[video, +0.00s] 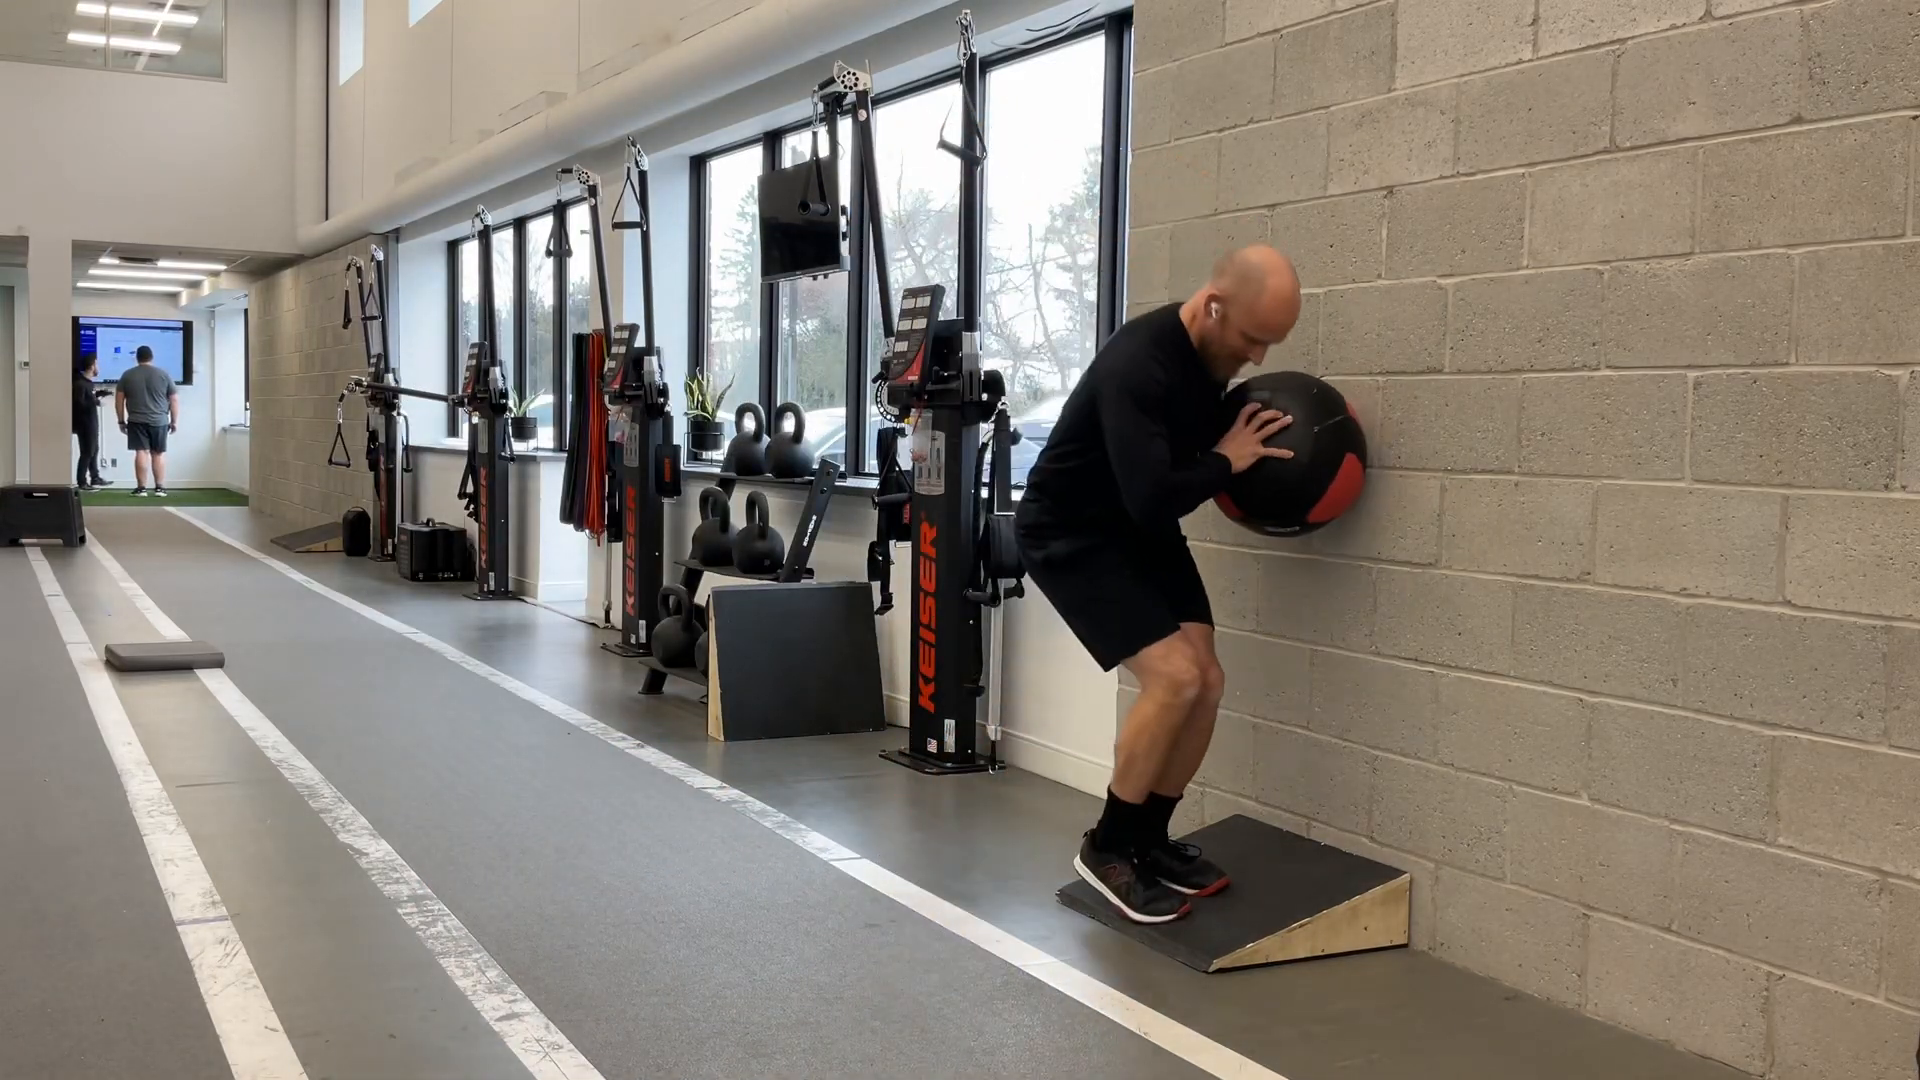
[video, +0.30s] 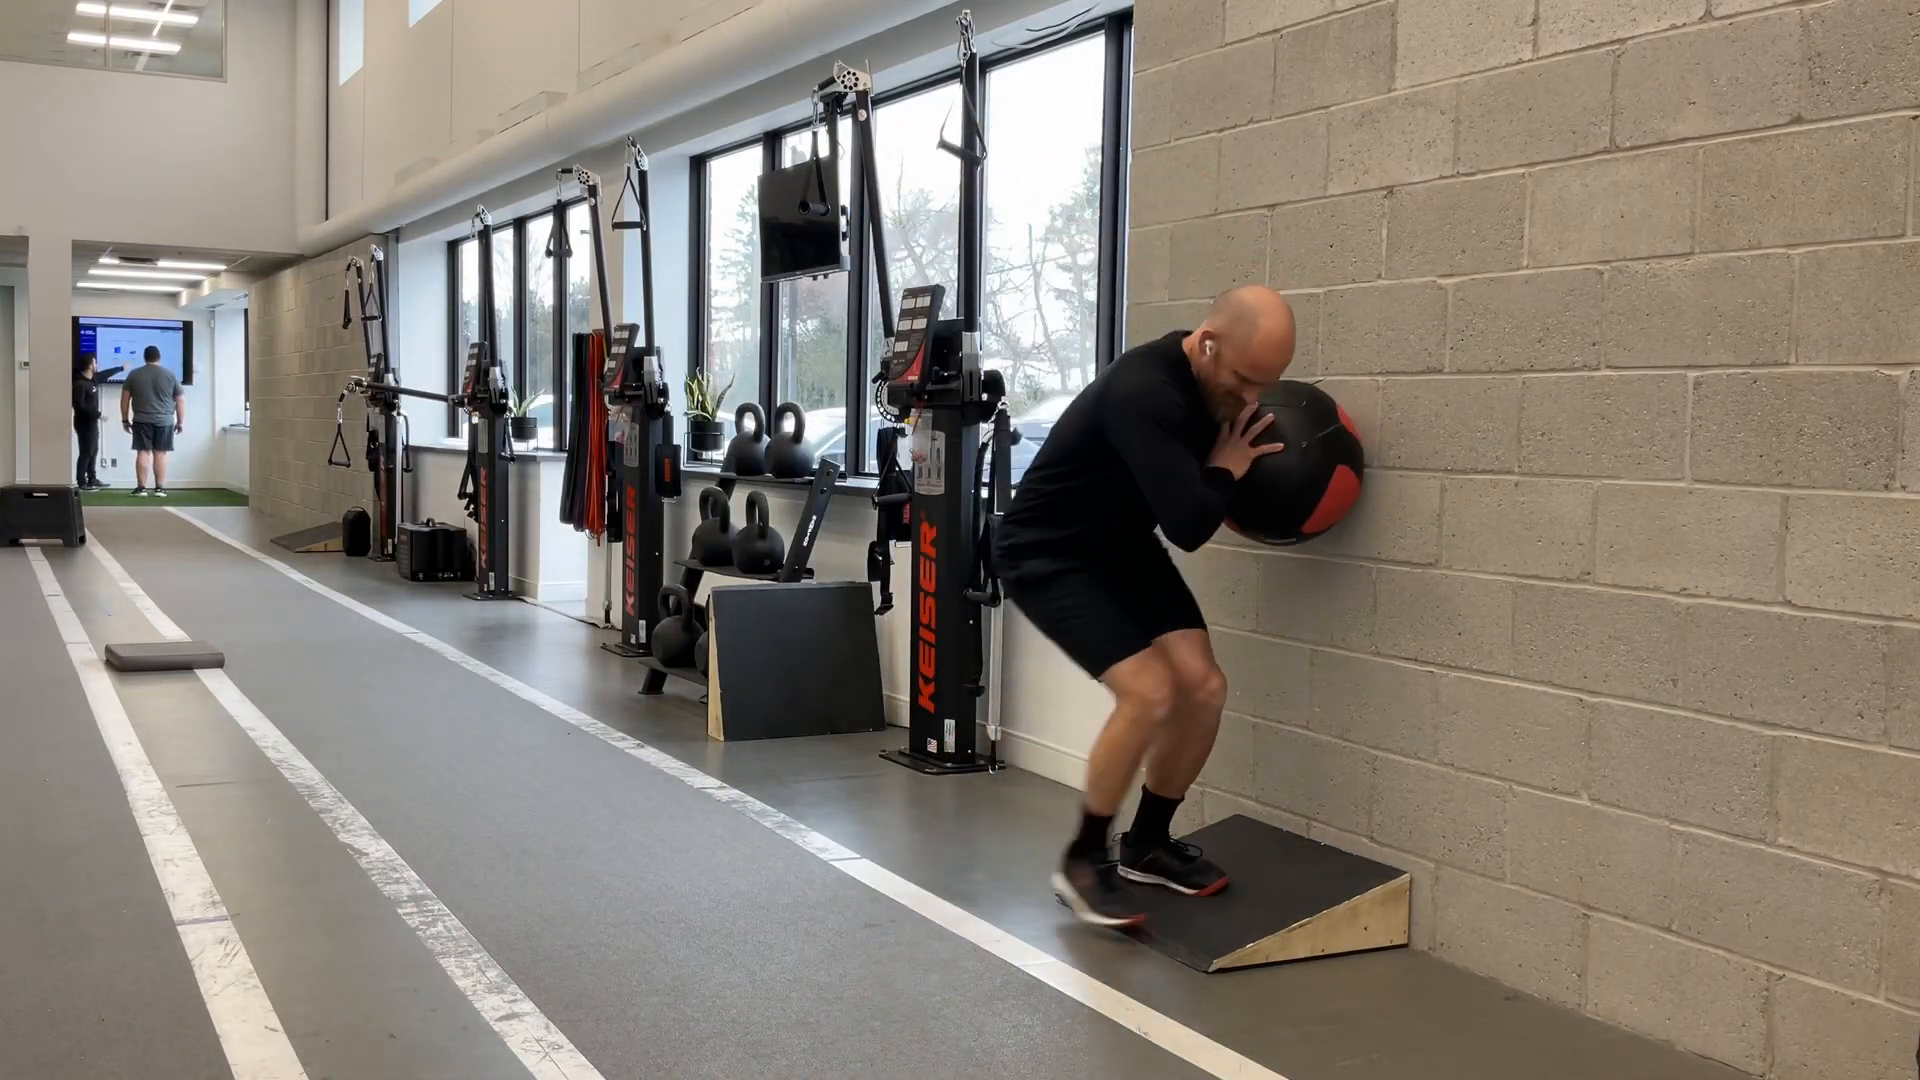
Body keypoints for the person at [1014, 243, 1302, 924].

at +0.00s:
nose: (1257, 357)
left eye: (1269, 345)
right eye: (1251, 340)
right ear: (1210, 305)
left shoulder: (1208, 359)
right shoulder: (1139, 361)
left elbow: (1188, 447)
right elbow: (1149, 497)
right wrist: (1223, 460)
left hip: (1141, 524)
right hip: (1071, 527)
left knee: (1207, 680)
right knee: (1178, 676)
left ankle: (1149, 837)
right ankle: (1108, 845)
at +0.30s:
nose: (1249, 398)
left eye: (1262, 387)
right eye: (1242, 381)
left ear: (1279, 364)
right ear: (1204, 345)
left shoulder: (1211, 390)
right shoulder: (1144, 389)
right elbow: (1188, 526)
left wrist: (1271, 462)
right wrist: (1225, 469)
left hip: (1121, 541)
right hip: (1045, 543)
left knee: (1203, 686)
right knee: (1151, 690)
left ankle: (1148, 844)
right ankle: (1085, 858)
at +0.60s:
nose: (1062, 293)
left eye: (1074, 278)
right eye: (1047, 275)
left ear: (1084, 272)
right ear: (1013, 261)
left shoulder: (1052, 344)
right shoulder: (990, 337)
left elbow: (1102, 413)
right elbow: (1083, 445)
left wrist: (1170, 446)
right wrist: (1162, 442)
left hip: (982, 542)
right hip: (891, 536)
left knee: (1090, 695)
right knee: (811, 690)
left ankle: (1138, 846)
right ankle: (690, 868)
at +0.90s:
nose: (720, 340)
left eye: (734, 321)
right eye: (703, 323)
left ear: (753, 305)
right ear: (668, 304)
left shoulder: (771, 398)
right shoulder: (608, 378)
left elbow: (789, 524)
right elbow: (535, 492)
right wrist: (659, 480)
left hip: (696, 608)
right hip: (591, 603)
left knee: (788, 750)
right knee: (553, 781)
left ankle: (636, 831)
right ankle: (412, 951)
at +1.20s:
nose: (599, 433)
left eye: (616, 414)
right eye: (581, 414)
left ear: (641, 385)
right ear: (546, 381)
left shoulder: (667, 481)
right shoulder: (491, 411)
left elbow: (646, 630)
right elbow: (328, 410)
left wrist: (546, 665)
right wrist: (384, 483)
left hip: (599, 639)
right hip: (484, 622)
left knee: (623, 792)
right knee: (481, 771)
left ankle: (495, 864)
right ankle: (403, 948)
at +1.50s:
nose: (743, 367)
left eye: (749, 350)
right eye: (731, 350)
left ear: (744, 334)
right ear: (674, 334)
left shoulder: (741, 427)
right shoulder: (579, 366)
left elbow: (745, 562)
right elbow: (414, 377)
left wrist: (697, 553)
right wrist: (482, 432)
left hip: (679, 595)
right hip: (563, 597)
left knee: (829, 709)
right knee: (524, 769)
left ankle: (866, 877)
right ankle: (409, 952)